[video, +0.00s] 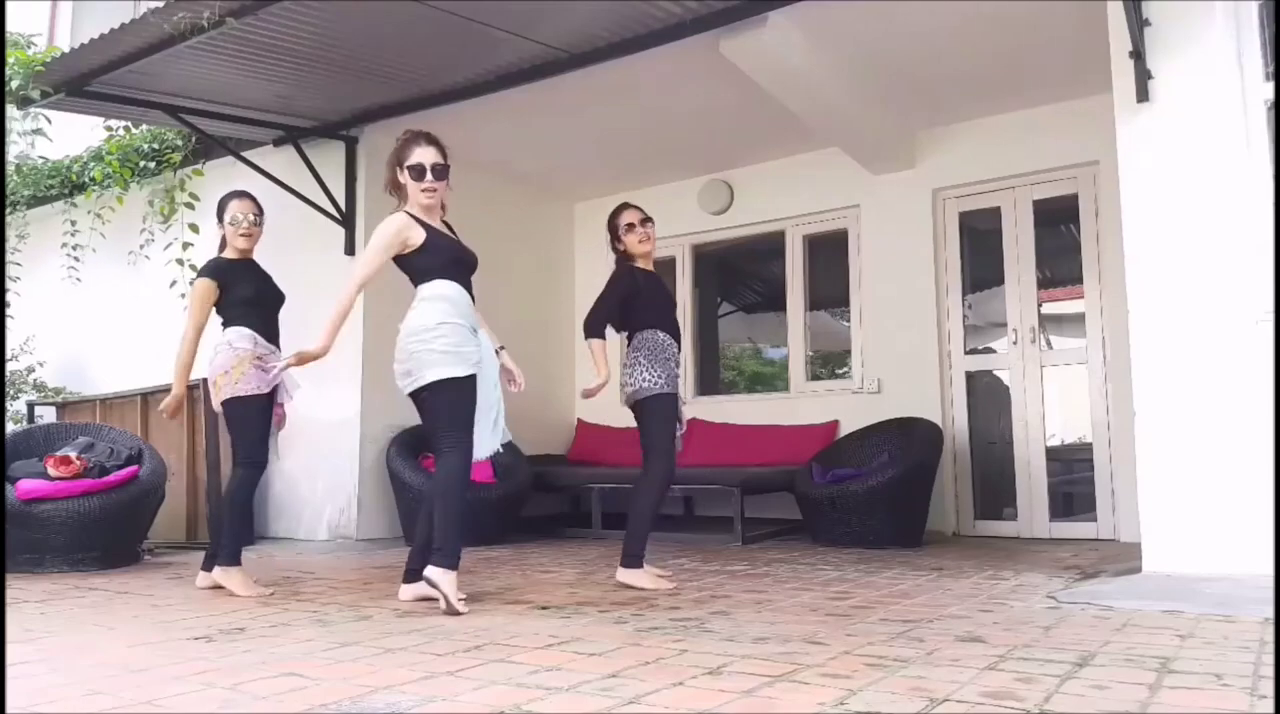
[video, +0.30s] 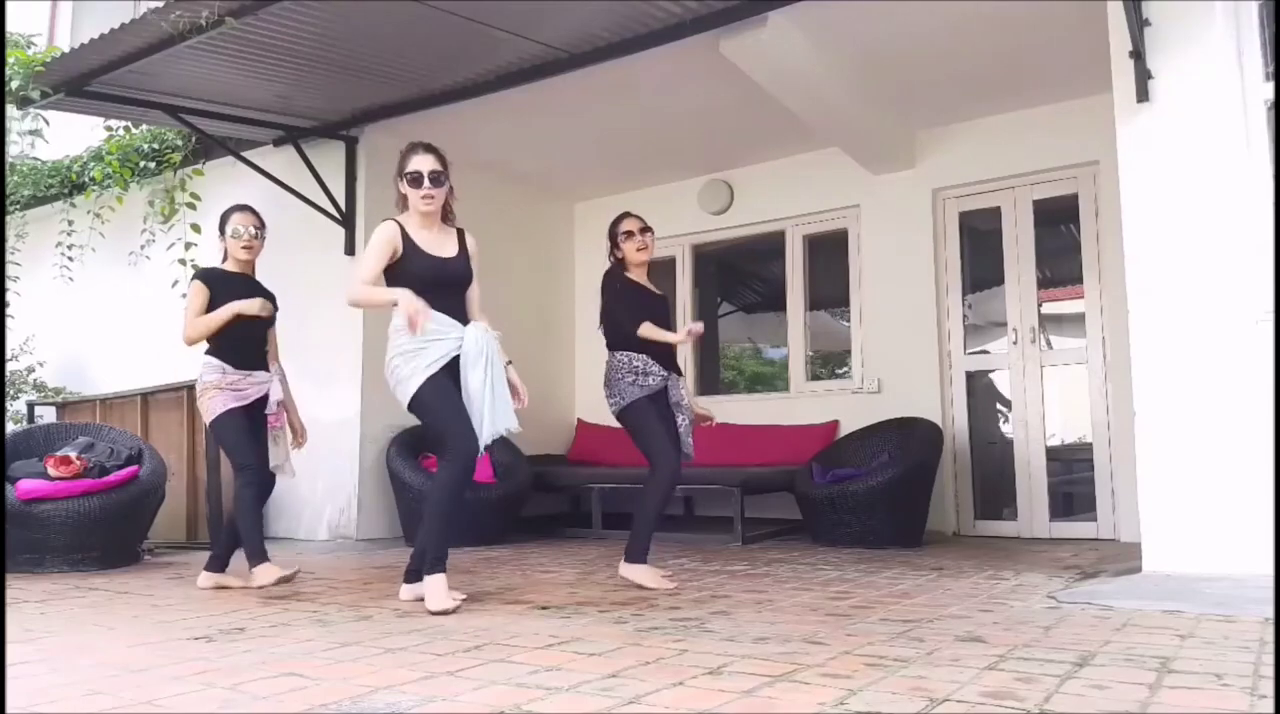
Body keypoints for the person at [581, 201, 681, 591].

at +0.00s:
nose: (641, 230)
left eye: (644, 222)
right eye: (629, 228)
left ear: (654, 229)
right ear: (619, 242)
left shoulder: (654, 277)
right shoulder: (626, 274)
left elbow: (662, 335)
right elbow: (594, 322)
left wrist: (675, 396)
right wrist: (603, 373)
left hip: (663, 375)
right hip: (647, 375)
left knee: (661, 470)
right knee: (657, 469)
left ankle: (636, 561)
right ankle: (630, 565)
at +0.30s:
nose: (640, 239)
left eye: (644, 232)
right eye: (629, 236)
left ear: (653, 239)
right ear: (616, 248)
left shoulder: (656, 292)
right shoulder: (615, 280)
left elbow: (664, 355)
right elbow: (627, 323)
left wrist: (686, 403)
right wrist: (673, 336)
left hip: (661, 385)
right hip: (630, 382)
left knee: (668, 466)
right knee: (665, 464)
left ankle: (638, 558)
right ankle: (634, 561)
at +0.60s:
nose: (634, 257)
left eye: (639, 250)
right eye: (624, 253)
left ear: (648, 259)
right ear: (612, 267)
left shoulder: (655, 314)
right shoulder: (609, 312)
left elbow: (665, 373)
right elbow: (614, 372)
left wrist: (687, 417)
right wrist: (628, 337)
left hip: (664, 405)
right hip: (627, 405)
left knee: (684, 485)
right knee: (642, 481)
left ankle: (636, 556)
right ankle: (663, 564)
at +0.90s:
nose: (637, 240)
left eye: (642, 234)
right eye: (626, 236)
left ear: (649, 242)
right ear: (611, 248)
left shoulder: (655, 294)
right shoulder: (607, 290)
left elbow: (665, 348)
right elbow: (591, 347)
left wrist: (676, 391)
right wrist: (624, 328)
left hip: (665, 381)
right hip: (634, 379)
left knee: (679, 472)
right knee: (662, 466)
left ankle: (638, 557)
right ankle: (636, 564)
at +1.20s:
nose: (641, 233)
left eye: (643, 227)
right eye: (630, 230)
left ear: (649, 233)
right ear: (616, 243)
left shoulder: (642, 276)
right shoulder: (622, 273)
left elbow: (633, 327)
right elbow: (604, 324)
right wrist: (606, 375)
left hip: (652, 378)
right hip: (639, 379)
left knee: (657, 469)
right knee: (658, 469)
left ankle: (632, 555)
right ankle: (635, 566)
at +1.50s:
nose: (640, 250)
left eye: (644, 244)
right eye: (629, 247)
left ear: (652, 252)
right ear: (616, 261)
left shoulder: (662, 304)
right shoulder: (610, 291)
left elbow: (666, 361)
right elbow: (617, 337)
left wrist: (676, 401)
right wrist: (666, 326)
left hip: (662, 392)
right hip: (625, 390)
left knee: (679, 470)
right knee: (661, 463)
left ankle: (636, 557)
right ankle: (631, 560)